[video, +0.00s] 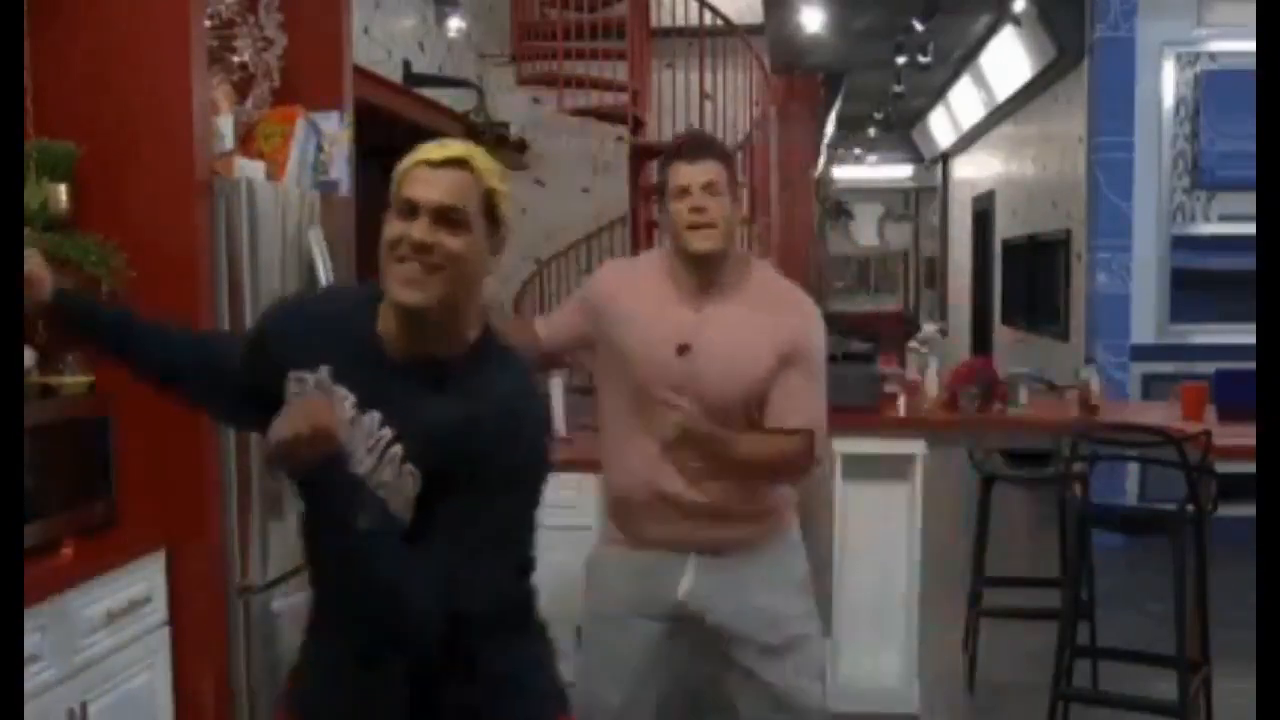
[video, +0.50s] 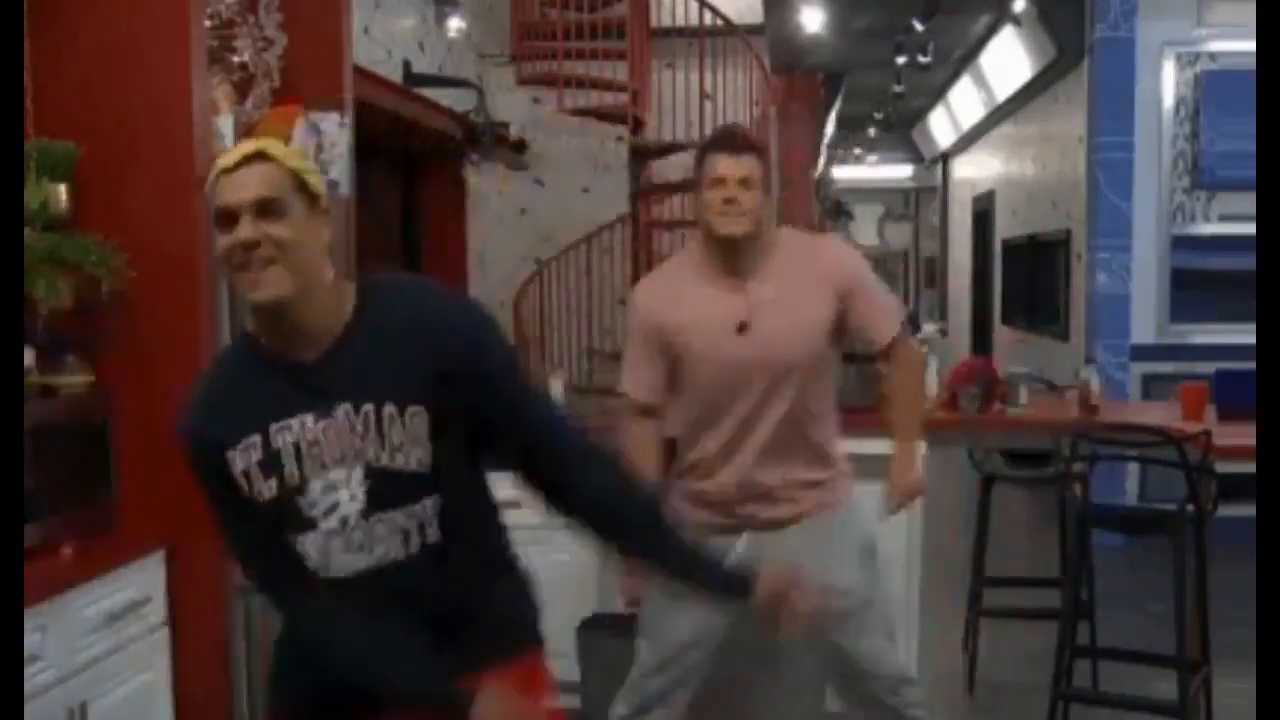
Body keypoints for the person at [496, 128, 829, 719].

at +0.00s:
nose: (698, 206)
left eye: (712, 192)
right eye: (682, 195)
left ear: (739, 207)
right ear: (662, 212)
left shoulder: (790, 311)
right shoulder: (616, 287)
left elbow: (796, 450)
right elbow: (534, 344)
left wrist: (713, 440)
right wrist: (475, 321)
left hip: (757, 562)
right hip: (635, 558)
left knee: (797, 707)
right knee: (610, 710)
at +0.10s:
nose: (667, 212)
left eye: (679, 195)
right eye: (649, 203)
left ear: (706, 200)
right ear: (633, 217)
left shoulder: (778, 294)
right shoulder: (607, 277)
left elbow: (788, 430)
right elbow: (526, 308)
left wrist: (672, 431)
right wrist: (475, 301)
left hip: (748, 533)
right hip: (635, 531)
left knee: (761, 691)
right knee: (613, 694)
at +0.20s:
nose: (654, 230)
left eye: (666, 214)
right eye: (638, 221)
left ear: (697, 218)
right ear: (624, 235)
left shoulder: (774, 308)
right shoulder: (599, 301)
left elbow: (791, 440)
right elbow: (514, 340)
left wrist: (675, 469)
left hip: (748, 537)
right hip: (635, 535)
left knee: (781, 688)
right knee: (610, 694)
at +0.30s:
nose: (660, 240)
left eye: (672, 224)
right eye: (643, 231)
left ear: (699, 231)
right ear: (629, 247)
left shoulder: (775, 318)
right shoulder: (602, 328)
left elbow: (794, 446)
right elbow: (523, 386)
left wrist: (712, 524)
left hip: (757, 531)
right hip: (641, 532)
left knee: (813, 683)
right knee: (607, 697)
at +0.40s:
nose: (703, 212)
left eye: (716, 199)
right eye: (687, 201)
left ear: (741, 212)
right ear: (665, 220)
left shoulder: (806, 288)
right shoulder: (632, 314)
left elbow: (855, 390)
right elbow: (599, 429)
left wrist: (836, 502)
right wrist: (548, 514)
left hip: (784, 529)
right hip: (666, 536)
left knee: (865, 683)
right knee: (628, 690)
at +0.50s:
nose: (731, 196)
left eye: (746, 184)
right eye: (717, 184)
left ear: (767, 195)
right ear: (697, 198)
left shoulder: (828, 263)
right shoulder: (657, 295)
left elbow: (901, 348)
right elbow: (641, 417)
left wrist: (906, 455)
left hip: (817, 512)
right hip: (701, 518)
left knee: (880, 679)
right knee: (655, 689)